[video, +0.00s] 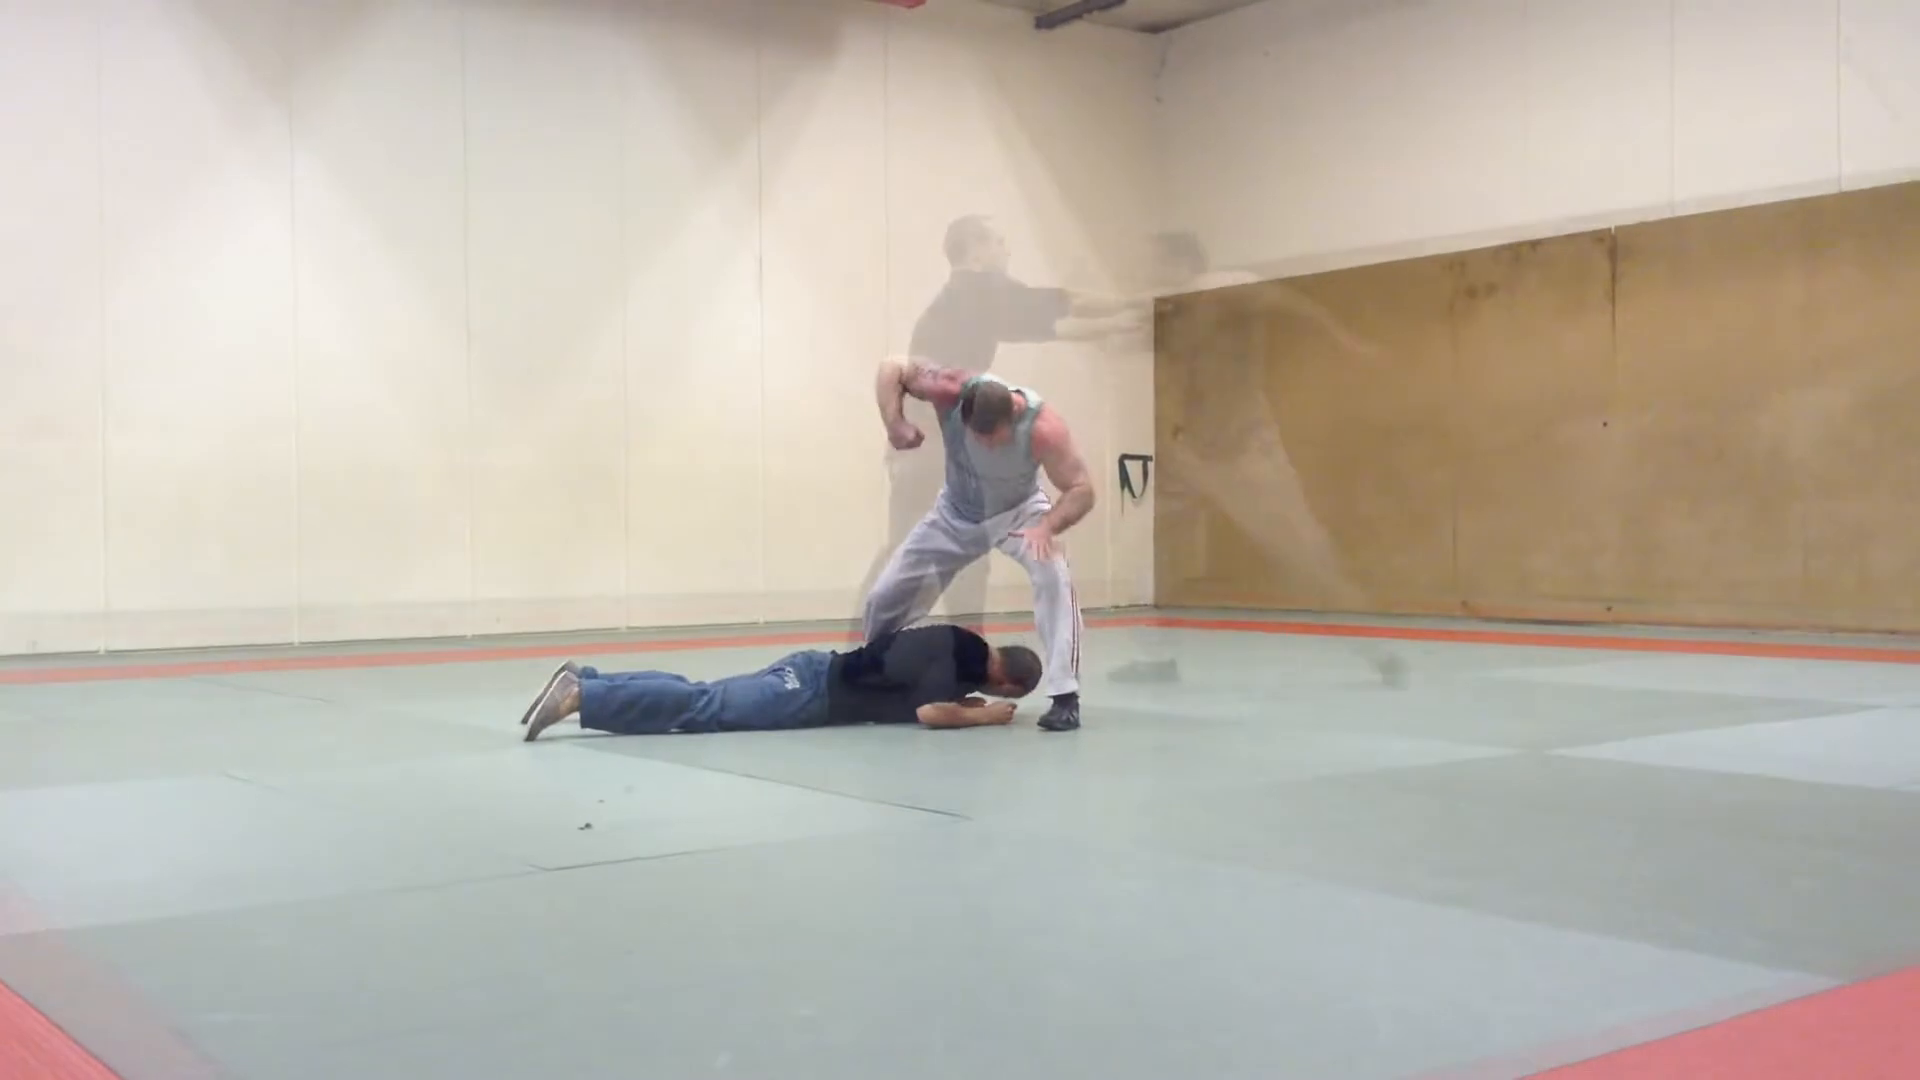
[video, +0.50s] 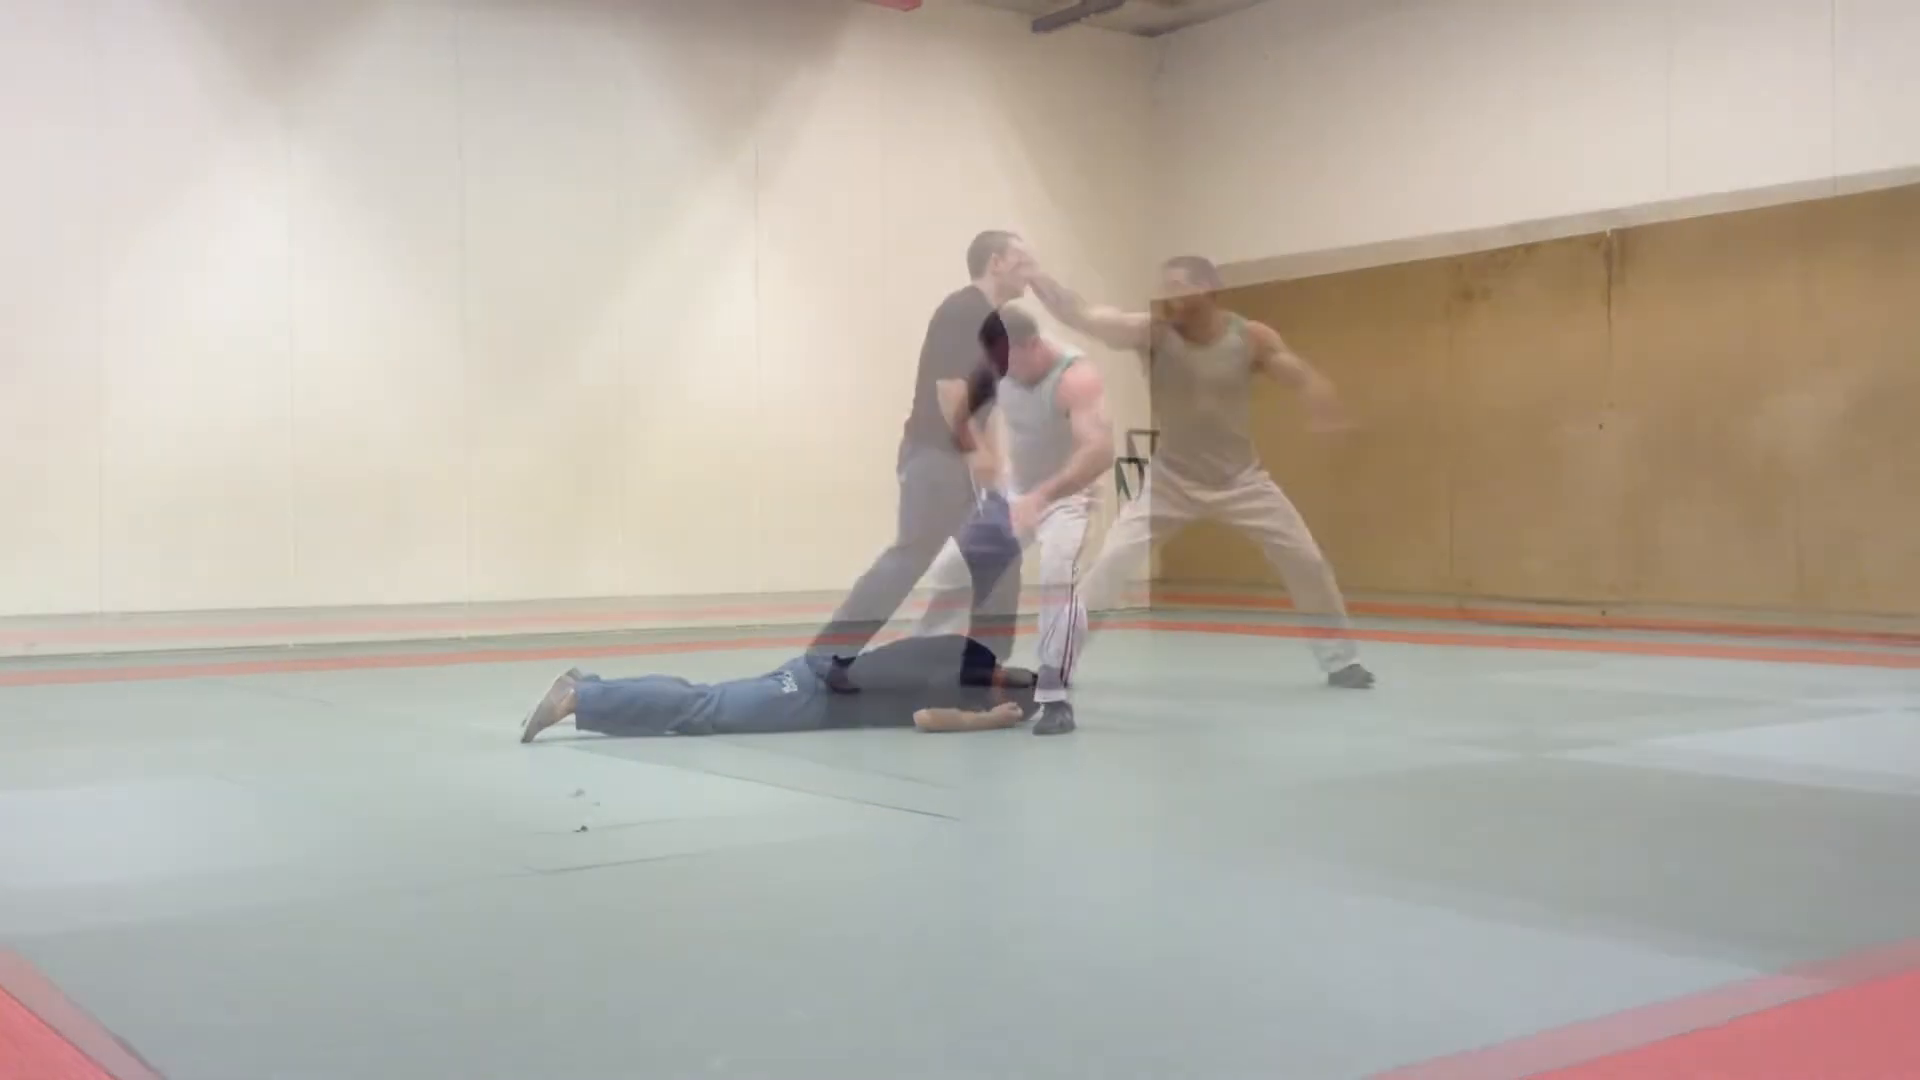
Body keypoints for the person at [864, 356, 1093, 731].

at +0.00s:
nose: (988, 443)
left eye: (995, 436)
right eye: (980, 436)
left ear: (1014, 411)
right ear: (965, 413)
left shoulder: (1043, 426)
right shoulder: (953, 389)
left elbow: (1082, 491)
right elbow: (891, 370)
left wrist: (1047, 526)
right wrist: (894, 423)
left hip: (1019, 515)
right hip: (955, 515)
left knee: (1053, 576)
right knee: (884, 600)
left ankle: (1064, 697)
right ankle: (874, 688)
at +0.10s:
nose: (984, 441)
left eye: (991, 434)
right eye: (977, 434)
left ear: (1009, 413)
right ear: (963, 414)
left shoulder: (1042, 423)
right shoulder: (947, 395)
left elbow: (1090, 479)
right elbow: (885, 386)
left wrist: (1056, 523)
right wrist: (891, 434)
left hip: (1021, 517)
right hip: (956, 519)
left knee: (1052, 576)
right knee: (884, 600)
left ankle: (1063, 699)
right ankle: (870, 686)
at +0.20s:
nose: (987, 436)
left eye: (993, 429)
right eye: (979, 429)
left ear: (1009, 406)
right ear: (965, 411)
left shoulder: (1042, 418)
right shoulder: (947, 397)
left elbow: (1096, 470)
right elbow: (884, 397)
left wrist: (1066, 513)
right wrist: (891, 450)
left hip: (1024, 518)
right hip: (960, 522)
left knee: (1054, 574)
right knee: (883, 601)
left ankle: (1061, 699)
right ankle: (870, 680)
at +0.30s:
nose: (989, 424)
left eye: (995, 417)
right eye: (981, 417)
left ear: (1015, 393)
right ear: (970, 398)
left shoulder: (1052, 411)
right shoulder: (957, 394)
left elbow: (1103, 469)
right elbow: (899, 408)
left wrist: (1061, 503)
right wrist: (890, 463)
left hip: (1029, 519)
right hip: (966, 523)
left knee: (1058, 576)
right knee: (891, 599)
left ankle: (1059, 697)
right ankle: (867, 680)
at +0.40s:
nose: (986, 395)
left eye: (991, 387)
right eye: (982, 385)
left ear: (1014, 376)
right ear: (979, 377)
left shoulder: (1064, 399)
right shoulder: (981, 381)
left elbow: (1106, 464)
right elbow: (941, 392)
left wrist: (1046, 493)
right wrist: (917, 445)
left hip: (1050, 505)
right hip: (991, 501)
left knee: (1059, 581)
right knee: (929, 588)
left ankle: (1058, 698)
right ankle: (874, 677)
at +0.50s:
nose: (1009, 373)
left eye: (1012, 364)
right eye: (1002, 366)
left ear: (1033, 346)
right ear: (999, 355)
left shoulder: (1076, 378)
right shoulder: (1005, 369)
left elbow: (1099, 451)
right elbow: (960, 406)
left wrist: (1040, 498)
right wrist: (977, 450)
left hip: (1066, 499)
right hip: (1008, 493)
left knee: (1056, 577)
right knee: (943, 580)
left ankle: (1054, 697)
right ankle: (922, 680)